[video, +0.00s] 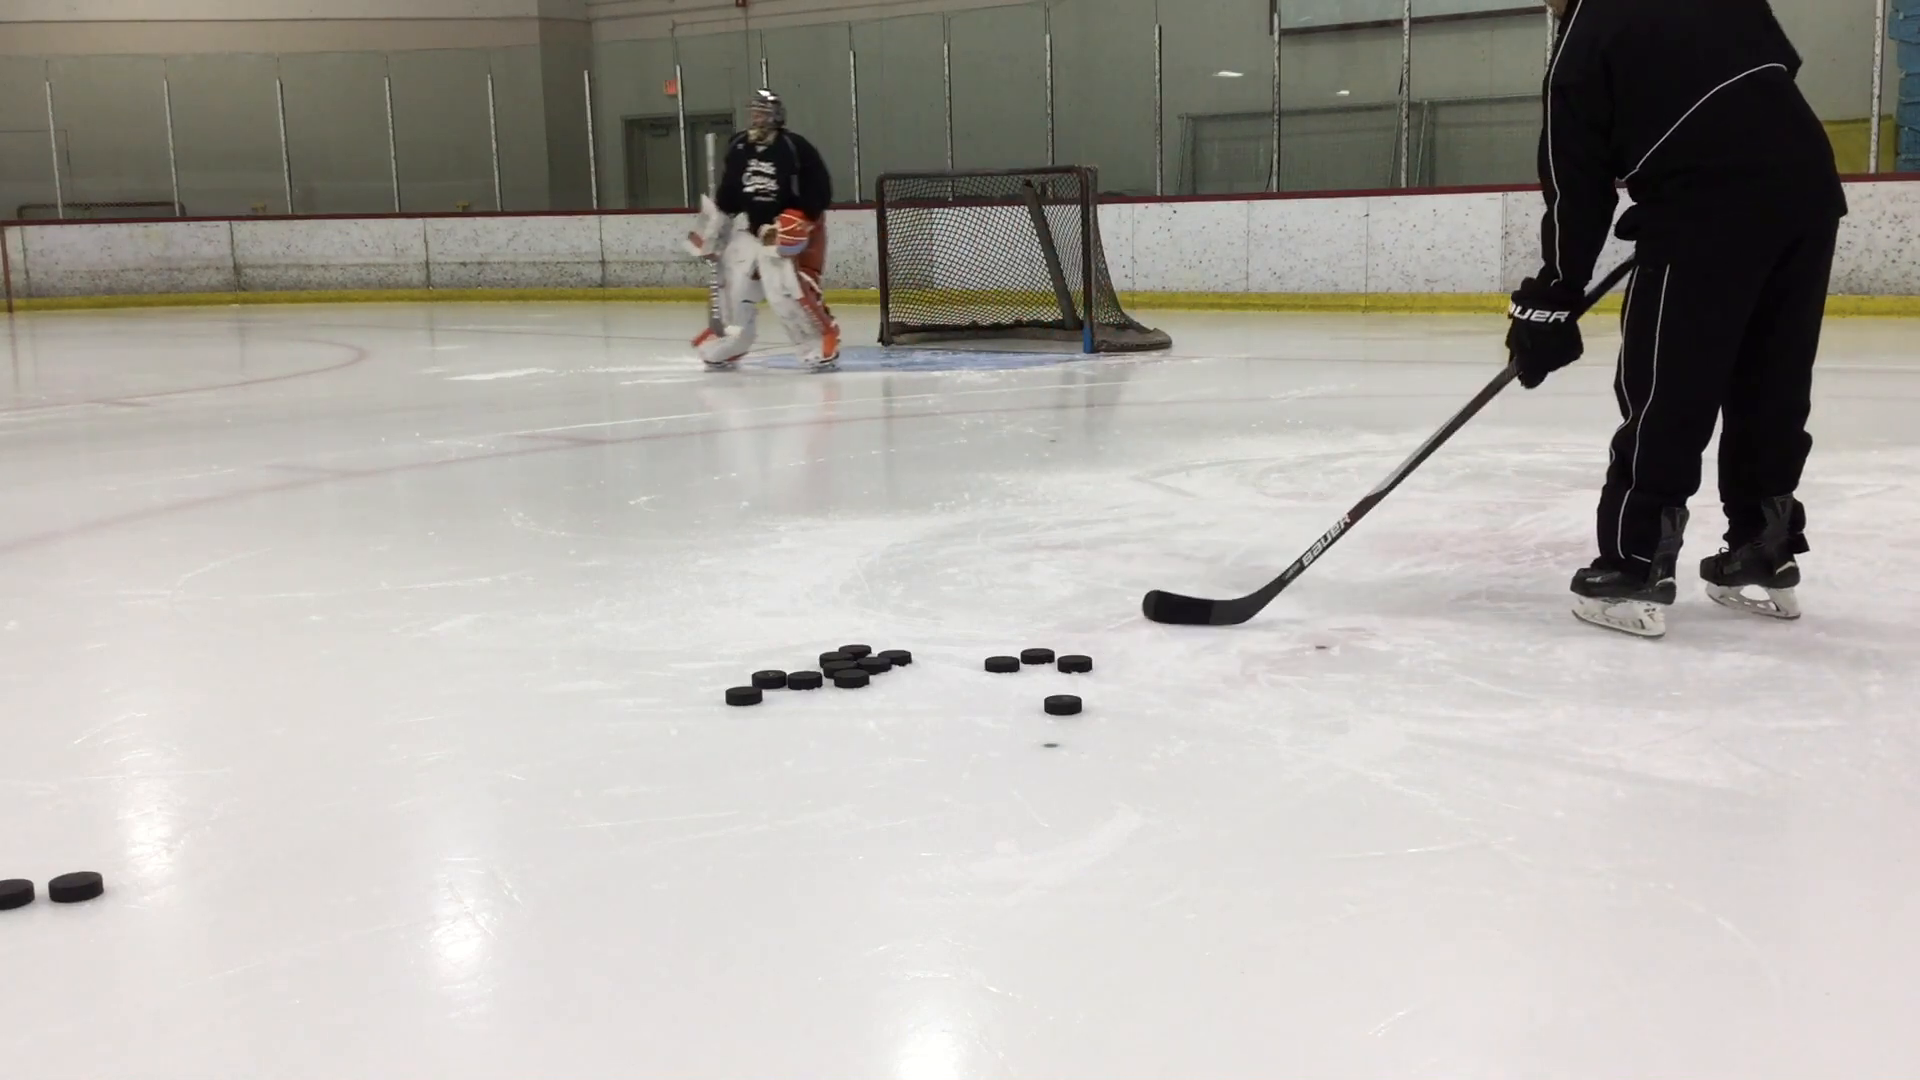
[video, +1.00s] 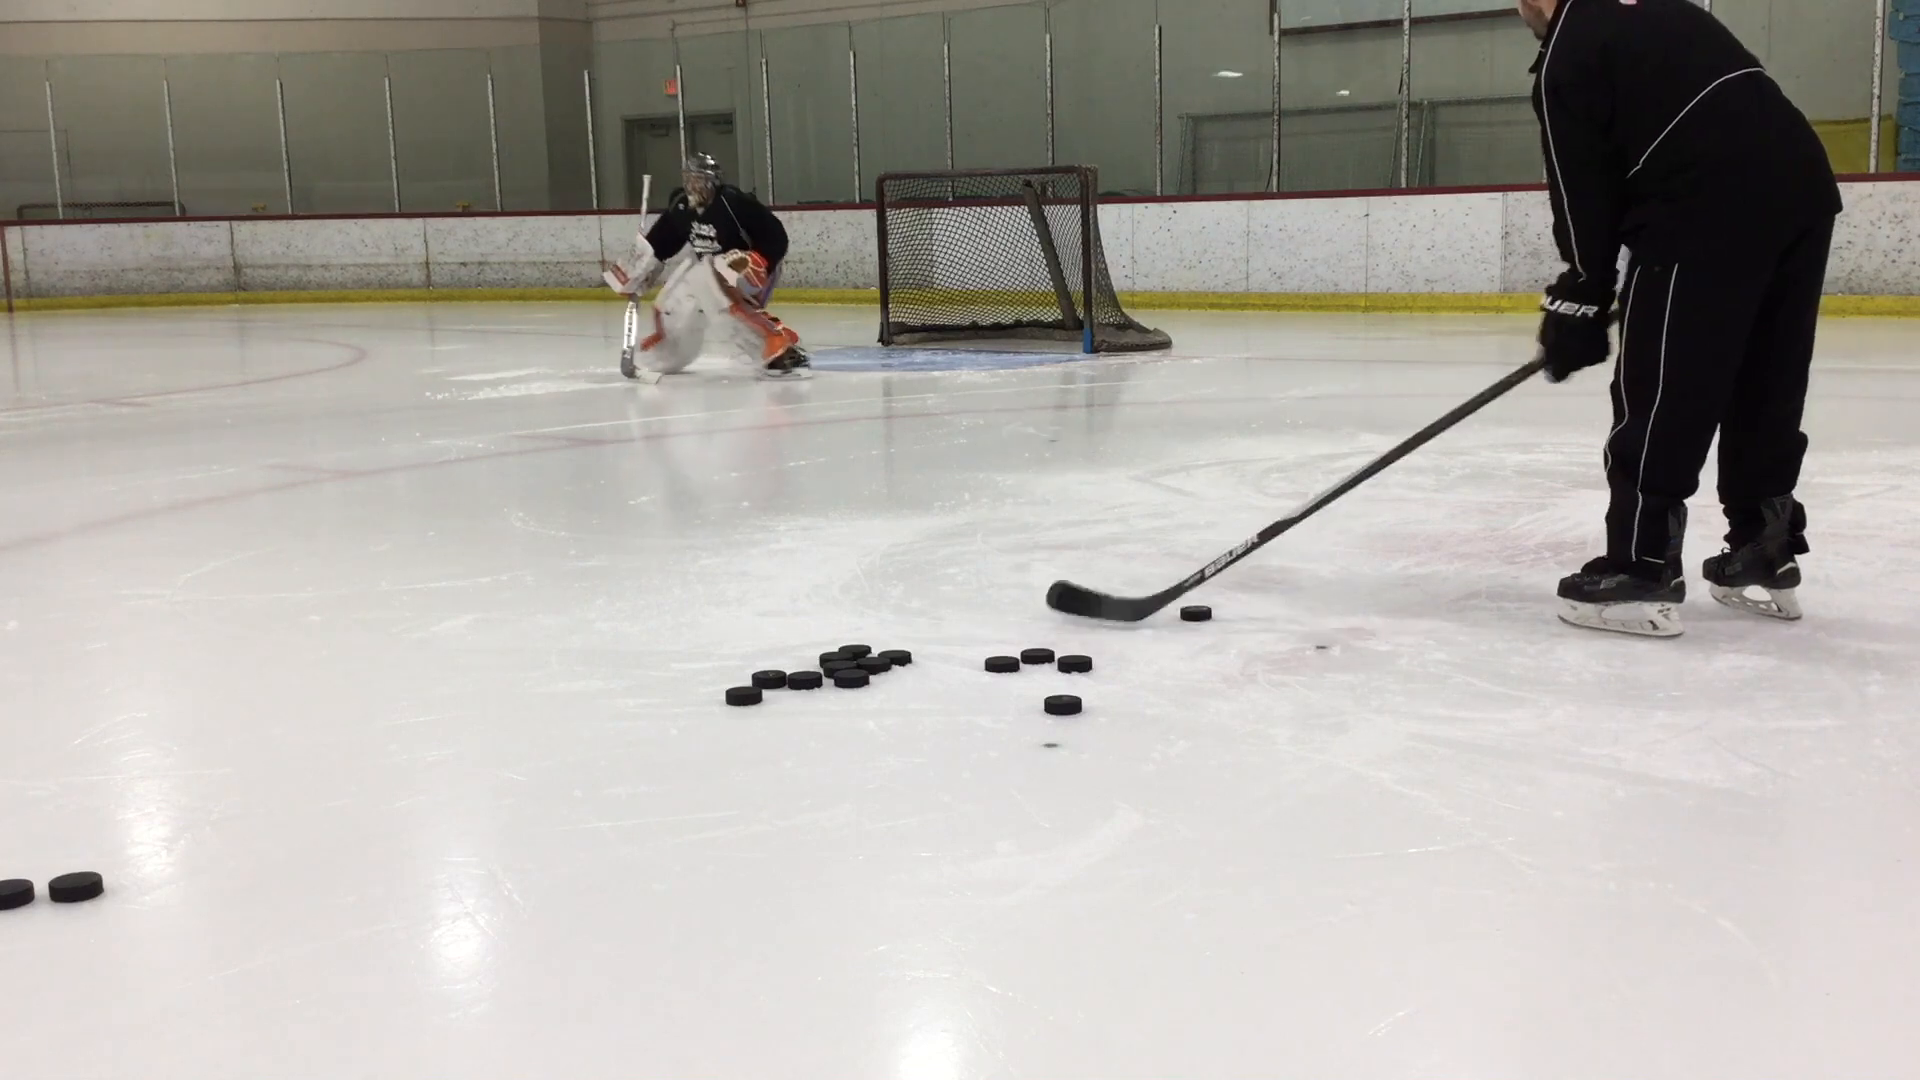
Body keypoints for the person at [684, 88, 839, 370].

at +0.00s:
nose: (756, 119)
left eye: (763, 114)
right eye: (753, 114)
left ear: (777, 118)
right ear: (749, 115)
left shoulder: (796, 149)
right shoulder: (740, 147)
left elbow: (817, 194)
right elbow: (729, 193)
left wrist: (788, 227)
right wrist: (711, 228)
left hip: (780, 238)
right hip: (743, 234)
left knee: (784, 296)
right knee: (734, 290)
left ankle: (816, 349)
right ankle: (730, 345)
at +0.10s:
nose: (733, 122)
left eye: (739, 116)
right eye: (728, 116)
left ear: (753, 119)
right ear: (724, 119)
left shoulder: (775, 150)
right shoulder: (716, 150)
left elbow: (800, 191)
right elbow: (705, 195)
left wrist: (777, 223)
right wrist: (684, 231)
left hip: (761, 236)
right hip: (724, 232)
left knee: (766, 295)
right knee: (707, 283)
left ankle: (802, 348)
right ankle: (700, 348)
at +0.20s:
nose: (709, 125)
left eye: (715, 119)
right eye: (705, 119)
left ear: (730, 122)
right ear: (700, 122)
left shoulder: (755, 154)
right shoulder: (693, 155)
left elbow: (781, 194)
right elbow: (678, 201)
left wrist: (763, 223)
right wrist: (655, 239)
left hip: (743, 240)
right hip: (705, 237)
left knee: (751, 296)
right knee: (685, 288)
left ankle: (787, 351)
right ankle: (671, 351)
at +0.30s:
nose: (686, 129)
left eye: (692, 124)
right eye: (683, 124)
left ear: (707, 126)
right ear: (680, 126)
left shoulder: (734, 156)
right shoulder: (672, 158)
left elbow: (762, 194)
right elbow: (653, 207)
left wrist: (749, 223)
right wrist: (629, 245)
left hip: (723, 242)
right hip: (685, 241)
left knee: (739, 299)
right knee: (664, 297)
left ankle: (770, 355)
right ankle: (644, 354)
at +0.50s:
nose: (659, 149)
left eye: (665, 144)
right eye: (655, 144)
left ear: (680, 145)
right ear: (650, 147)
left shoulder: (710, 170)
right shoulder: (643, 176)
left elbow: (741, 205)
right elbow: (622, 224)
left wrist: (728, 234)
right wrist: (598, 267)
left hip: (702, 250)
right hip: (661, 253)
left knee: (715, 306)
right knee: (646, 307)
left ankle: (741, 362)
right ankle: (621, 366)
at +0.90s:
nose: (680, 174)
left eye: (686, 168)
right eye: (676, 168)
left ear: (699, 169)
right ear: (672, 169)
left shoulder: (724, 191)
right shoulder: (670, 196)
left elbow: (765, 223)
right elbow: (653, 232)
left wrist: (746, 252)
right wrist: (627, 263)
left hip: (732, 266)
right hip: (692, 266)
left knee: (711, 306)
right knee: (654, 303)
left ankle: (769, 347)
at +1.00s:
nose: (694, 185)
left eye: (700, 179)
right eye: (690, 179)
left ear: (714, 181)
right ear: (684, 180)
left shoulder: (734, 202)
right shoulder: (683, 205)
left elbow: (776, 236)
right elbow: (661, 241)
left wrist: (755, 264)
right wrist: (636, 272)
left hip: (746, 269)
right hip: (704, 270)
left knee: (723, 306)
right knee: (672, 306)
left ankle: (781, 349)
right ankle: (666, 357)